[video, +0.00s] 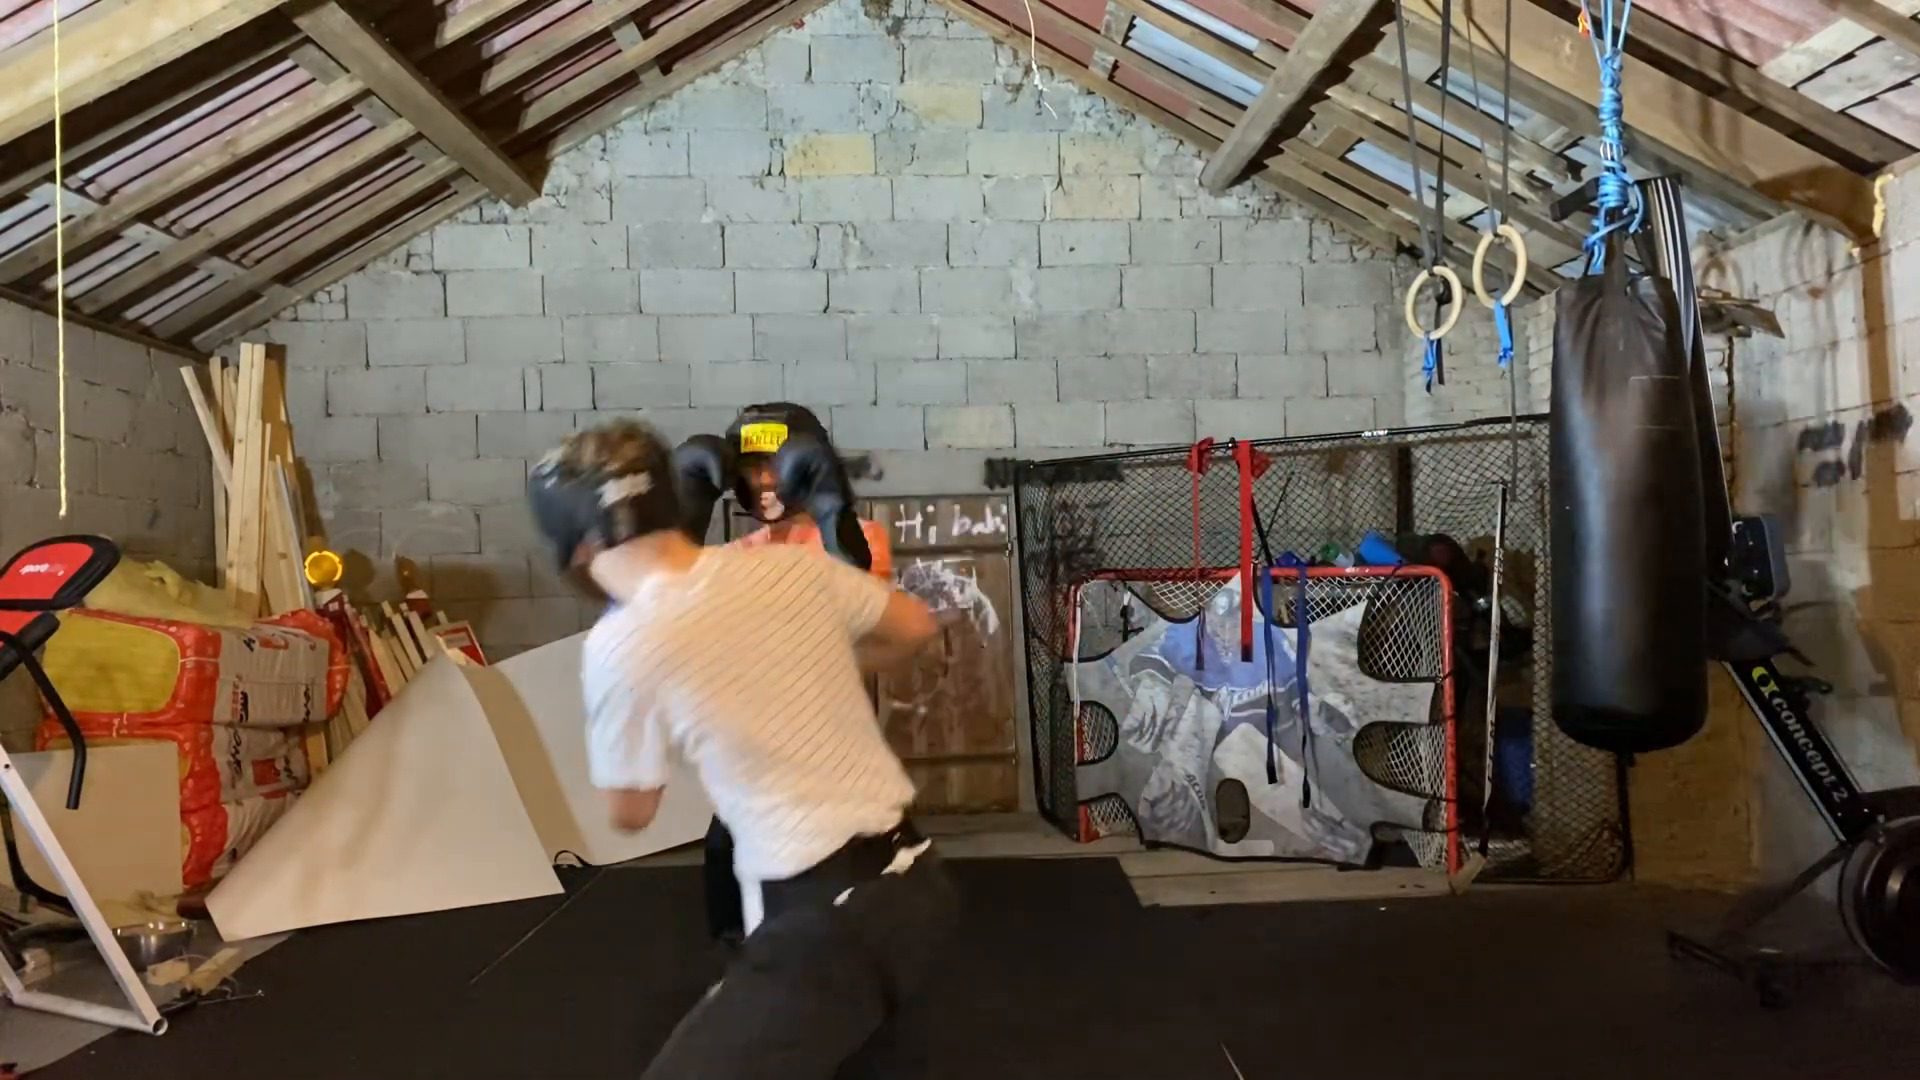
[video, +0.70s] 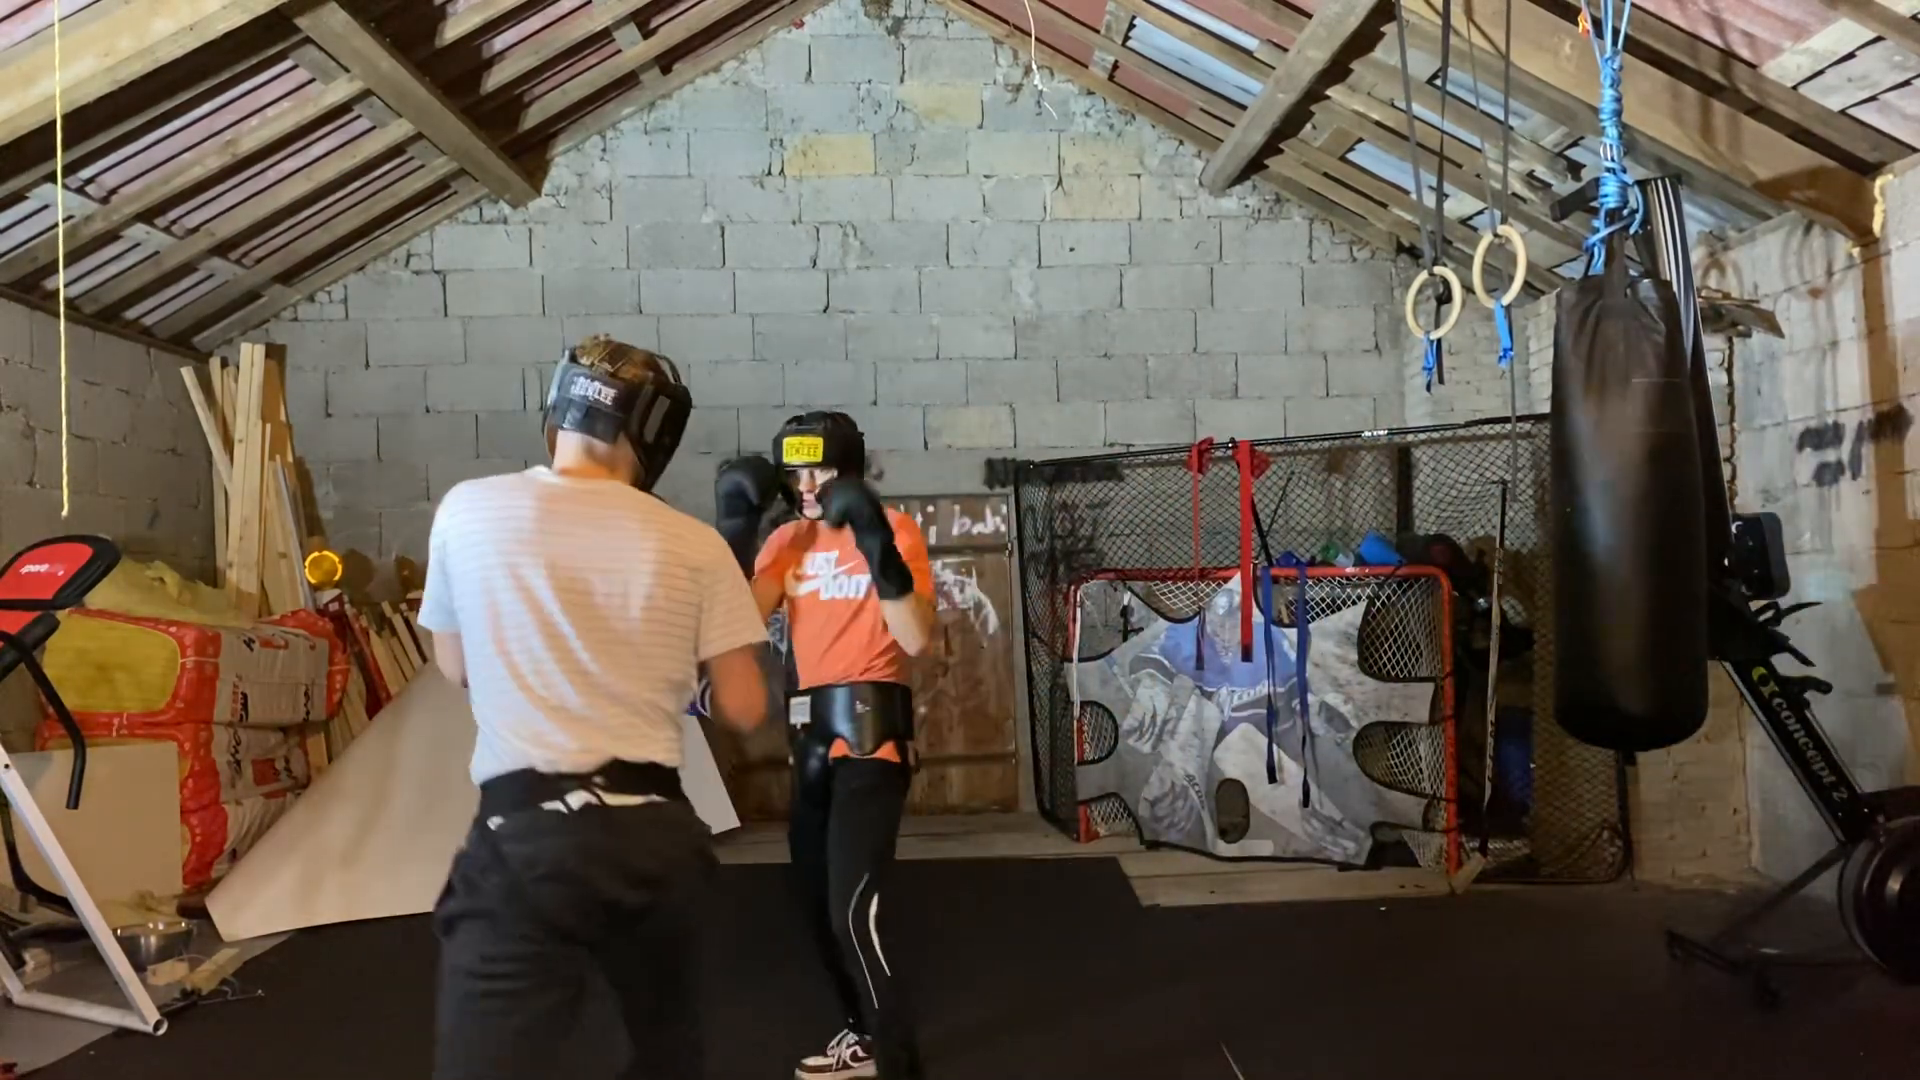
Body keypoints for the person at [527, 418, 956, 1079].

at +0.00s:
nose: (561, 556)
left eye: (558, 541)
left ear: (579, 549)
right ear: (671, 502)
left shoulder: (622, 645)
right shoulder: (789, 565)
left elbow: (630, 811)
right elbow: (915, 624)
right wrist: (826, 662)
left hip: (817, 925)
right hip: (922, 881)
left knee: (679, 1069)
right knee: (887, 1069)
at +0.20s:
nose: (496, 551)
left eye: (495, 535)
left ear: (508, 543)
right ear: (615, 509)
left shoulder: (531, 650)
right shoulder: (732, 586)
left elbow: (540, 830)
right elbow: (864, 678)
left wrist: (587, 757)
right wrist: (775, 692)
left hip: (729, 954)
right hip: (845, 913)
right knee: (817, 1067)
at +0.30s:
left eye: (486, 452)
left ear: (494, 469)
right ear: (607, 445)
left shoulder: (500, 583)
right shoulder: (715, 542)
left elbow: (503, 766)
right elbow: (840, 659)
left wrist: (563, 707)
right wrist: (750, 660)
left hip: (675, 911)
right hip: (798, 872)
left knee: (591, 1067)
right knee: (773, 1063)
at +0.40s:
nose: (491, 444)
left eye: (491, 425)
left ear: (498, 436)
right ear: (616, 422)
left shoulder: (475, 543)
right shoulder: (709, 523)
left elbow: (467, 718)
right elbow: (817, 659)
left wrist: (537, 641)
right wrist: (729, 632)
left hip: (626, 876)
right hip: (756, 854)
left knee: (597, 1065)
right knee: (754, 1068)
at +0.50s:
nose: (513, 431)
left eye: (513, 416)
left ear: (514, 429)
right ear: (624, 428)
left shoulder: (460, 534)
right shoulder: (703, 535)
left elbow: (455, 698)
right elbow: (794, 683)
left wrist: (536, 622)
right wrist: (725, 651)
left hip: (590, 870)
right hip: (725, 853)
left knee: (582, 1065)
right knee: (747, 1067)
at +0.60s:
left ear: (540, 433)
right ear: (645, 447)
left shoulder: (465, 526)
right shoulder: (703, 550)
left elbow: (461, 685)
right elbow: (765, 714)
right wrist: (696, 662)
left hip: (550, 864)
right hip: (686, 852)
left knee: (548, 1065)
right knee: (680, 1062)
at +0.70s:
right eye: (663, 425)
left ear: (554, 414)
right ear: (655, 433)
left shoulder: (467, 510)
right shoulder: (694, 545)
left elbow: (456, 666)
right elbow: (745, 707)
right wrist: (695, 676)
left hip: (522, 840)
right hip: (656, 831)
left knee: (486, 1065)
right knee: (671, 1054)